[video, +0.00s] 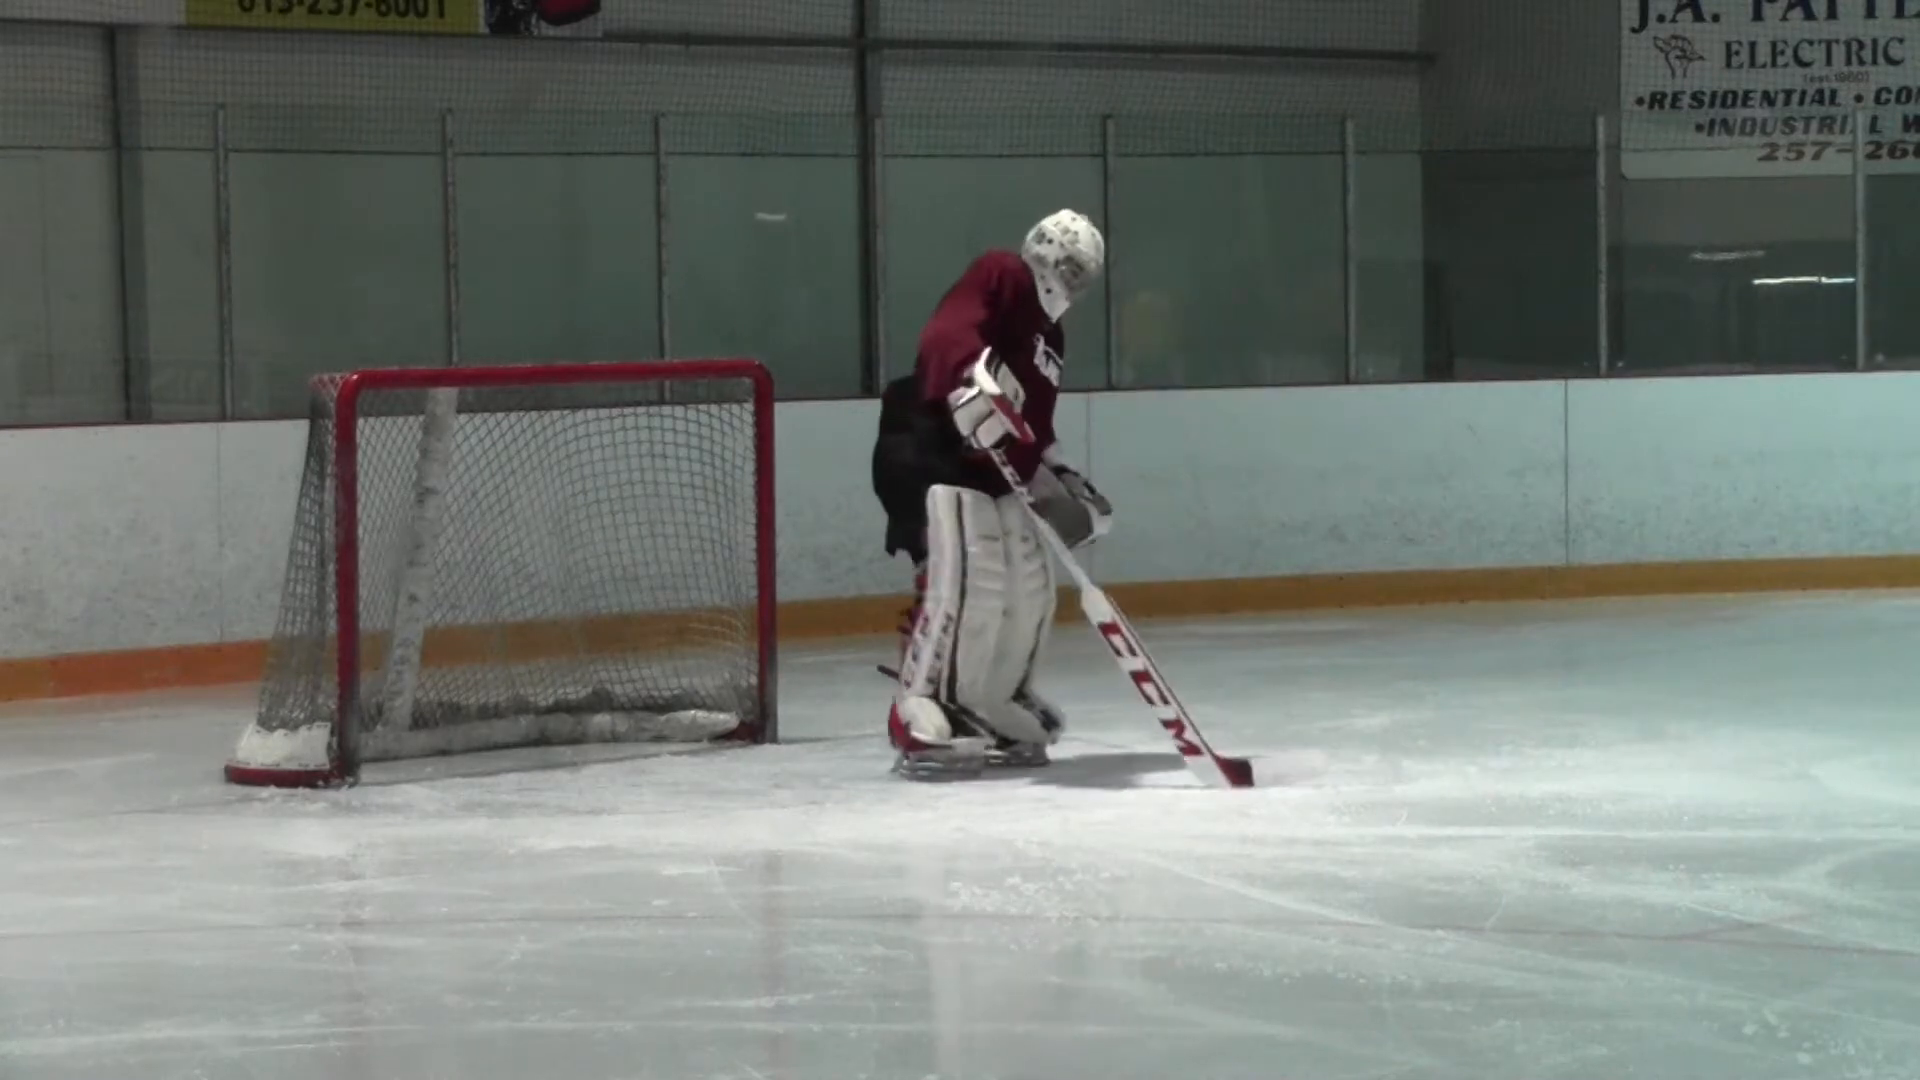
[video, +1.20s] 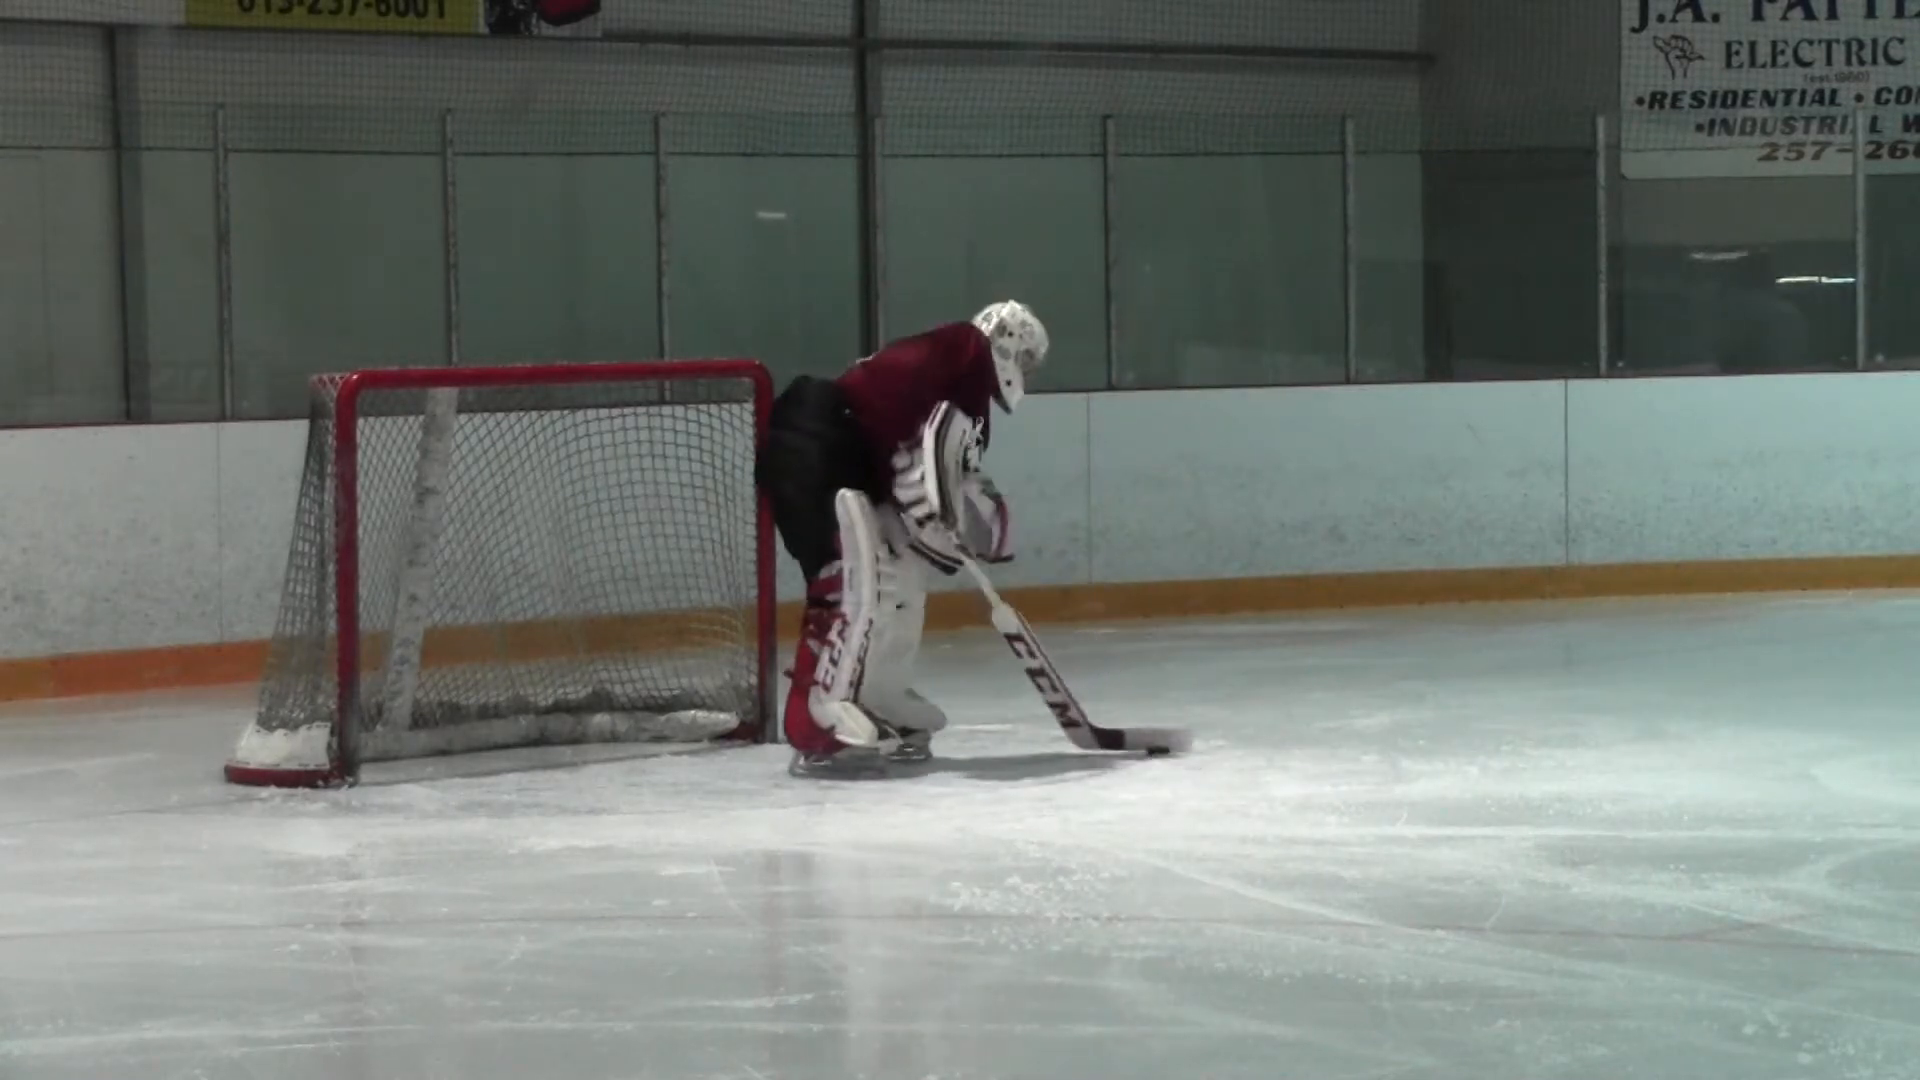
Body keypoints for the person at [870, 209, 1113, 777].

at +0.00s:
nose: (1065, 289)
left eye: (1077, 281)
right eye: (1062, 272)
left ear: (1082, 278)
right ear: (1041, 255)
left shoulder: (1050, 335)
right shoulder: (1000, 273)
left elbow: (1032, 425)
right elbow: (947, 335)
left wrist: (1054, 475)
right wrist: (973, 395)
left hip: (1012, 483)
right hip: (962, 475)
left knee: (1030, 595)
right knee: (974, 594)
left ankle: (995, 701)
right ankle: (942, 709)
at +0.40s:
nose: (1032, 290)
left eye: (1037, 279)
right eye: (1029, 275)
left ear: (1014, 270)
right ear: (1005, 262)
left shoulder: (989, 325)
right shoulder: (958, 282)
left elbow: (984, 421)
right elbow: (933, 366)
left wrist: (1013, 483)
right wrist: (969, 448)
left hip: (935, 468)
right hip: (893, 460)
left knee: (963, 585)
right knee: (928, 585)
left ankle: (932, 697)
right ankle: (891, 711)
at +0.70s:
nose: (1032, 337)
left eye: (1036, 326)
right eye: (1030, 323)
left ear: (989, 303)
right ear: (1012, 317)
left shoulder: (970, 344)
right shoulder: (972, 348)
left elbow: (958, 445)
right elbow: (936, 431)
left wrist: (959, 524)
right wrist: (936, 522)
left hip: (871, 459)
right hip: (841, 454)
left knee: (905, 580)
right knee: (879, 582)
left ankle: (892, 700)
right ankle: (848, 708)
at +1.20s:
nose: (1022, 376)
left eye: (1028, 366)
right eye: (1023, 361)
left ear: (994, 338)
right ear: (1005, 345)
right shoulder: (965, 348)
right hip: (817, 443)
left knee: (897, 579)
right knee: (846, 580)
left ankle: (881, 701)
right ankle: (818, 718)